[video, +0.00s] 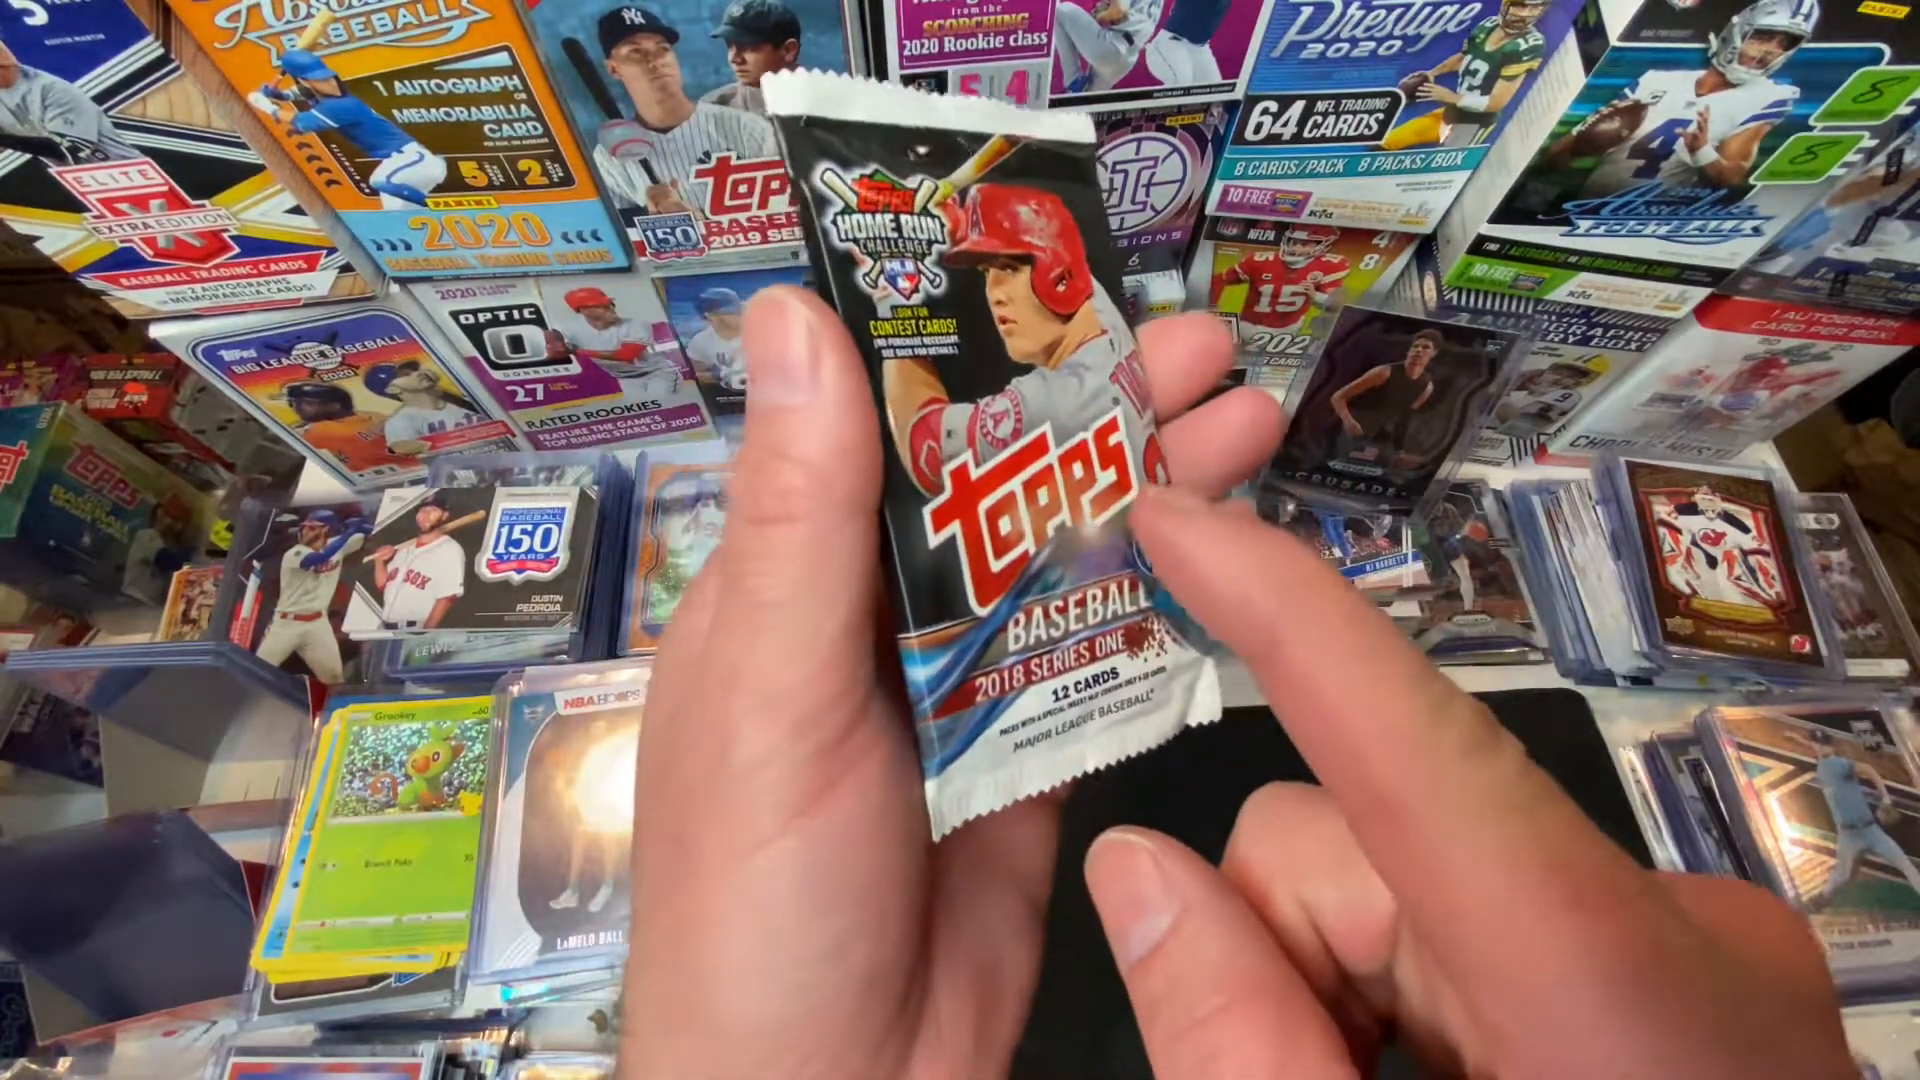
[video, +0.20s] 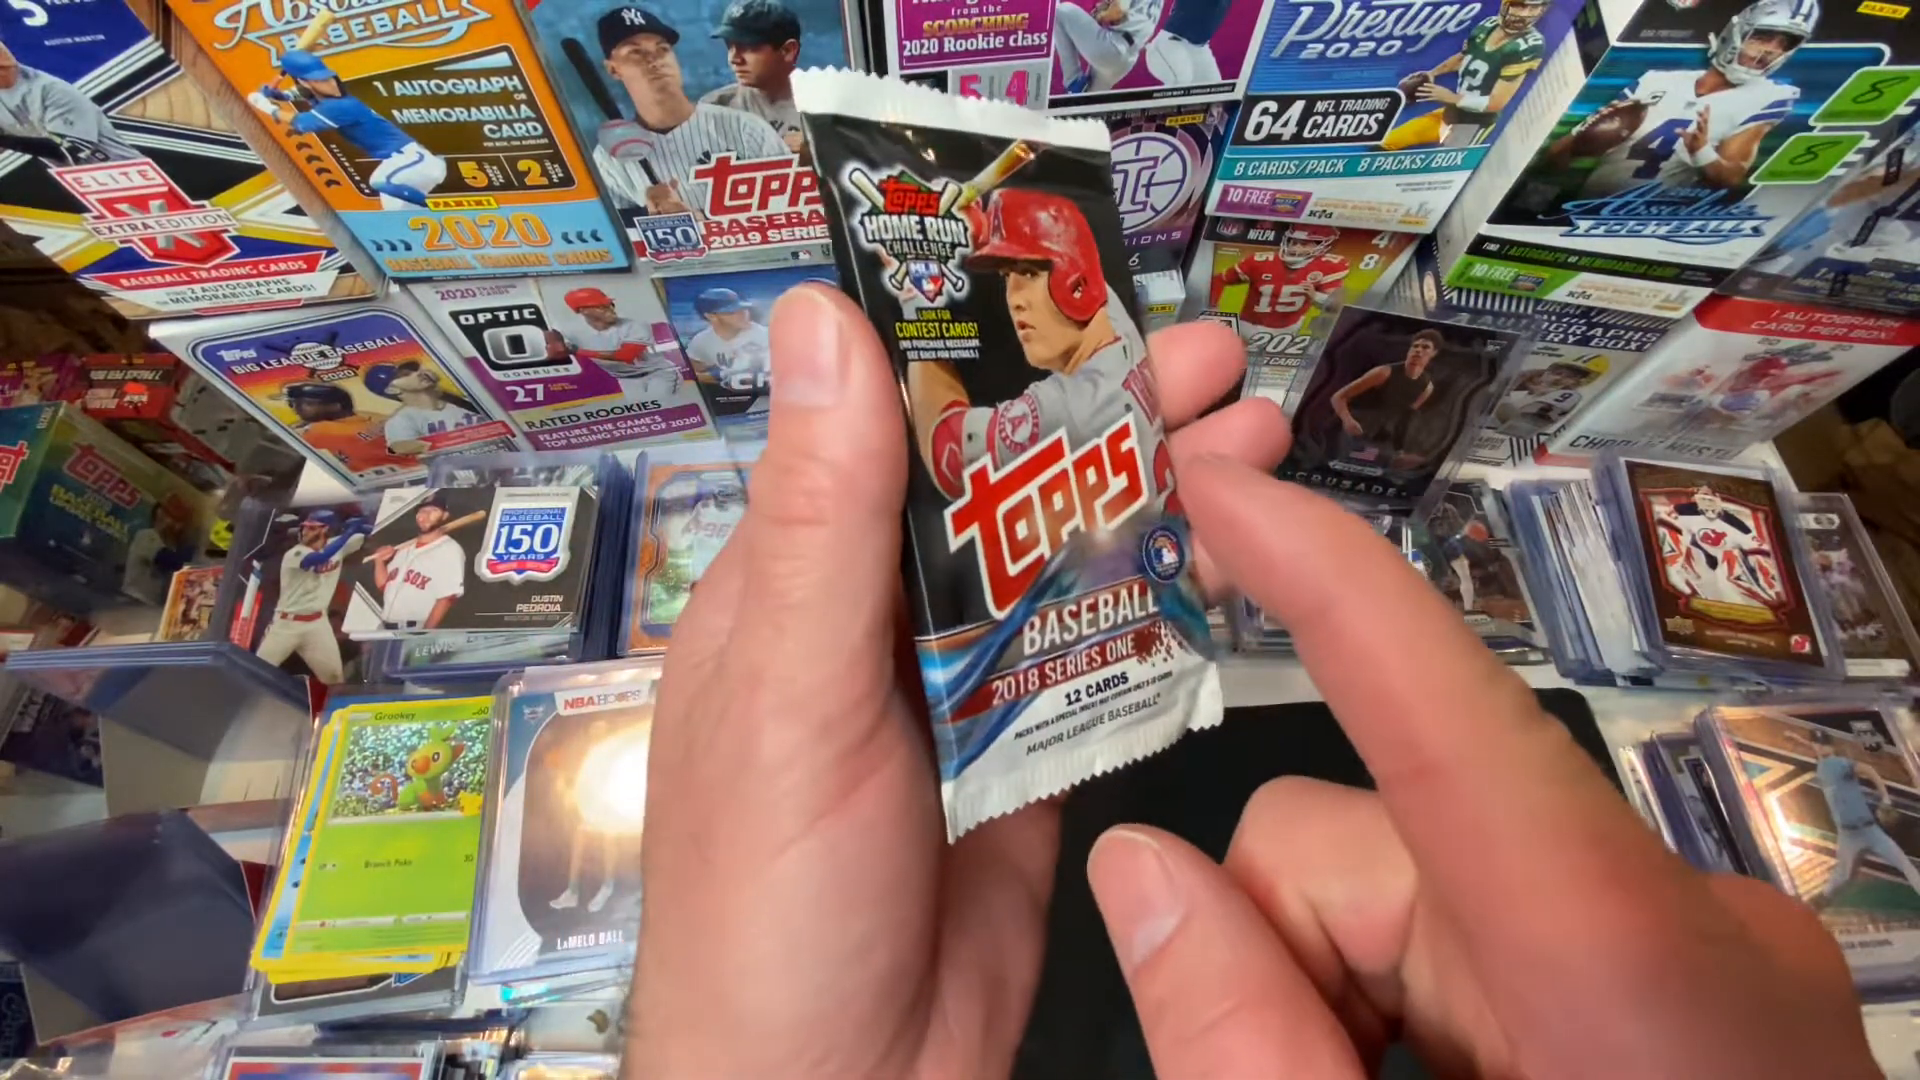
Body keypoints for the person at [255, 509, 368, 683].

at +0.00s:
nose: (302, 531)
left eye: (309, 527)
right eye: (303, 527)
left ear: (324, 530)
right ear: (303, 530)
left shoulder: (336, 549)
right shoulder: (294, 554)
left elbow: (367, 531)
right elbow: (318, 559)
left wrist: (355, 524)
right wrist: (347, 535)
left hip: (317, 625)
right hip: (285, 624)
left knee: (334, 678)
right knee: (258, 670)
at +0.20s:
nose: (303, 531)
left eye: (309, 528)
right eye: (304, 527)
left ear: (323, 531)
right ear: (303, 529)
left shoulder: (337, 548)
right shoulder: (294, 554)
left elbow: (368, 531)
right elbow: (320, 559)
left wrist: (356, 524)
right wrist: (348, 534)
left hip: (317, 625)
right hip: (285, 624)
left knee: (334, 678)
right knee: (258, 670)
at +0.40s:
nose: (303, 531)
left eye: (309, 528)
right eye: (304, 527)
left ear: (323, 531)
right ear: (303, 529)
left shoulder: (337, 548)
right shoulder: (294, 554)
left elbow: (368, 532)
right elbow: (320, 559)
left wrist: (356, 524)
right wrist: (348, 534)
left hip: (317, 625)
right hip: (285, 624)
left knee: (334, 677)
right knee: (258, 670)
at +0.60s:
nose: (303, 531)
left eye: (309, 528)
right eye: (303, 527)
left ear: (324, 530)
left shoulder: (337, 550)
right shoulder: (293, 554)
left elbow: (366, 533)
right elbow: (320, 559)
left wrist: (354, 523)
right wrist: (346, 537)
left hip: (317, 624)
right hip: (285, 624)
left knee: (333, 677)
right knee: (259, 670)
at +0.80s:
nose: (303, 531)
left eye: (309, 528)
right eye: (303, 527)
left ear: (324, 530)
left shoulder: (337, 550)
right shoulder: (293, 555)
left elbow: (366, 533)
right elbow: (320, 559)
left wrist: (355, 523)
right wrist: (345, 537)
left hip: (317, 624)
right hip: (285, 624)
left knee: (333, 677)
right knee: (259, 670)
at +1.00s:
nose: (303, 532)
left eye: (310, 528)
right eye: (303, 528)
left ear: (323, 531)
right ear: (302, 530)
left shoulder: (337, 548)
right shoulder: (294, 554)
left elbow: (369, 533)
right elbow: (320, 559)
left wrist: (357, 523)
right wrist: (347, 536)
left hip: (317, 625)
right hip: (285, 624)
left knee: (333, 677)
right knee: (259, 670)